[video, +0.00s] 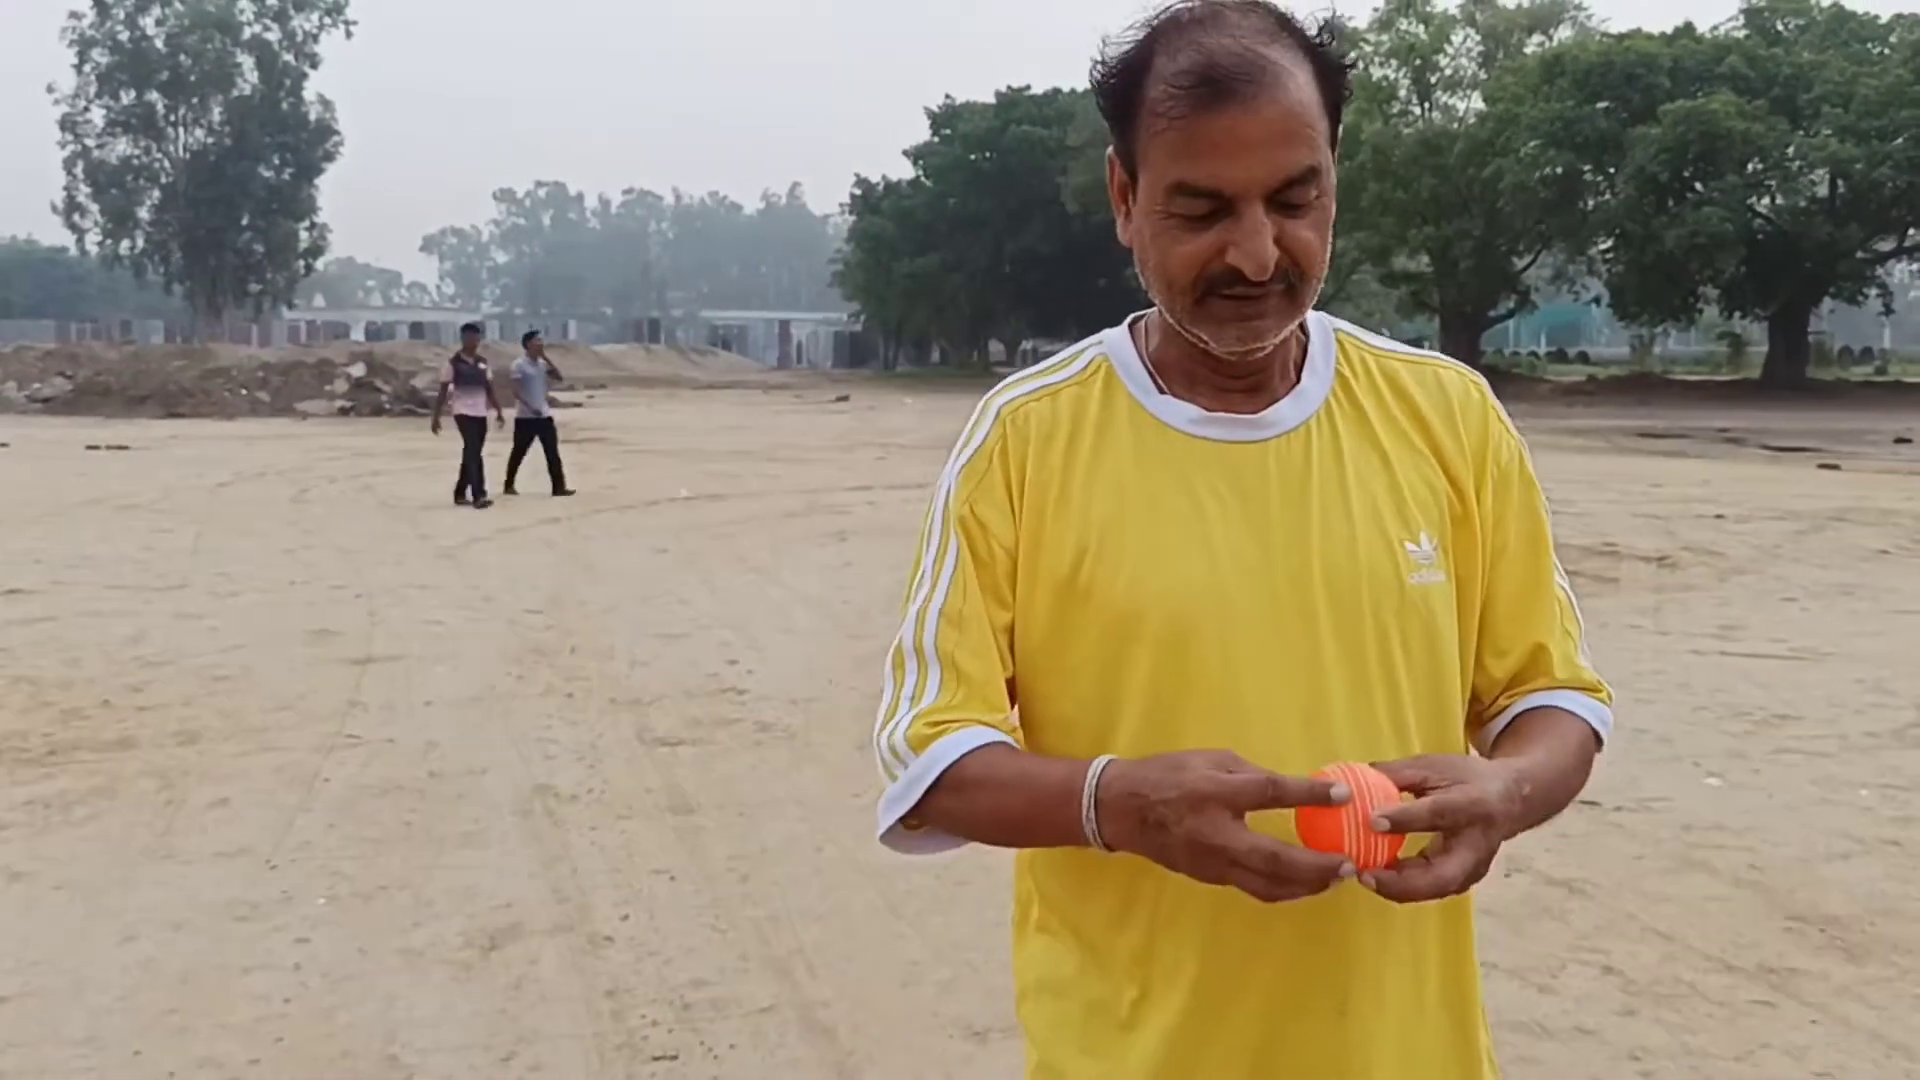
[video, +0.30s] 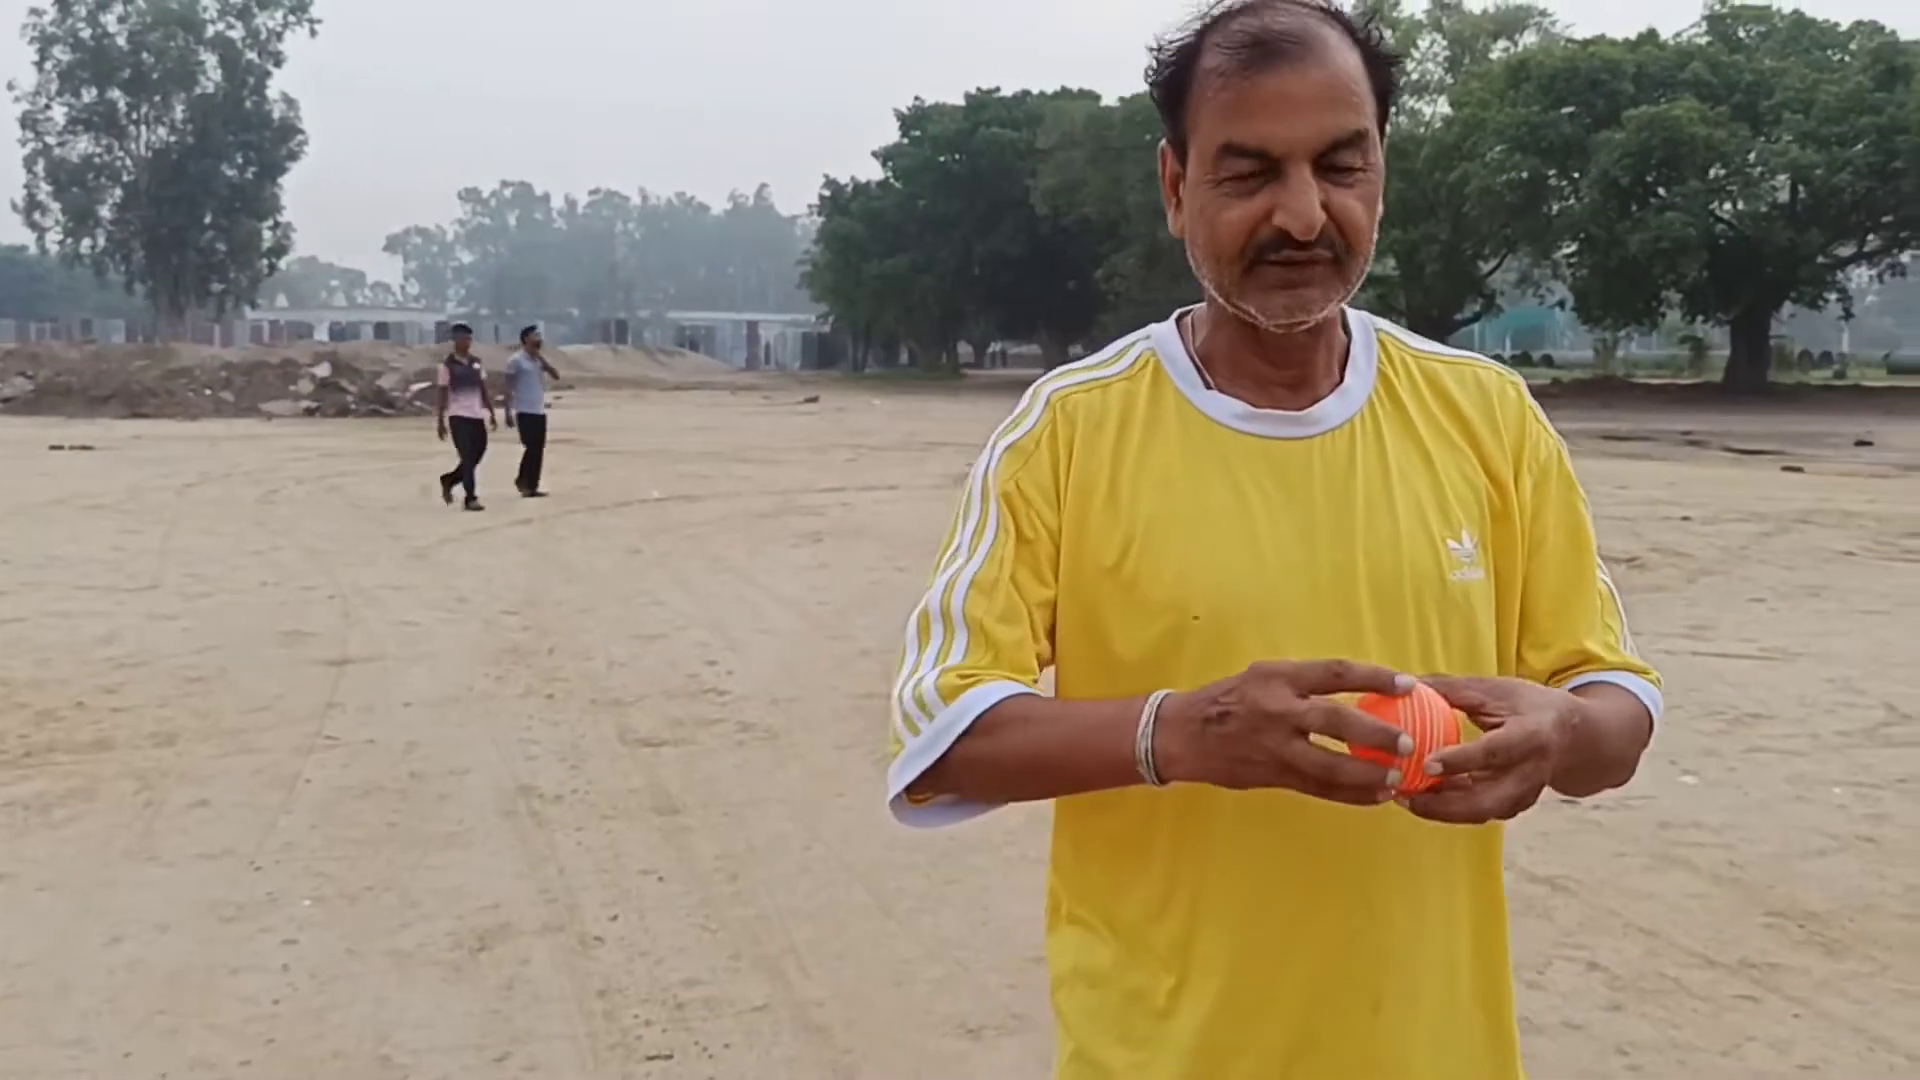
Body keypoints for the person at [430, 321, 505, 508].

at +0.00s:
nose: (474, 343)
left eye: (477, 339)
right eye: (471, 339)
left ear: (480, 340)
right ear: (463, 340)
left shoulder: (483, 363)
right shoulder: (452, 363)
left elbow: (489, 388)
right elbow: (443, 390)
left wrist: (498, 410)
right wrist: (436, 416)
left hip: (481, 412)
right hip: (463, 411)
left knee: (472, 452)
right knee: (473, 452)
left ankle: (460, 490)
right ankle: (478, 494)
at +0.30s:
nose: (465, 343)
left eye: (468, 339)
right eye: (461, 339)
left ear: (471, 341)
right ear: (454, 341)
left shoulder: (476, 363)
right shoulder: (447, 365)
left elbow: (484, 389)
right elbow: (443, 393)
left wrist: (491, 413)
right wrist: (441, 421)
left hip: (477, 413)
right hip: (458, 413)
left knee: (478, 451)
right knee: (467, 455)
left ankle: (450, 479)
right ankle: (470, 496)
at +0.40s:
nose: (451, 340)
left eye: (452, 337)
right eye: (447, 337)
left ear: (454, 338)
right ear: (438, 338)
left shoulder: (459, 361)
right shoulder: (430, 364)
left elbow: (466, 388)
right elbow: (430, 393)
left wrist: (473, 411)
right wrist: (435, 417)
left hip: (461, 414)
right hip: (443, 415)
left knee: (468, 453)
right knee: (443, 458)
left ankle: (443, 480)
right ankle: (445, 498)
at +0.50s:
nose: (440, 341)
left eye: (442, 336)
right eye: (436, 337)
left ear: (444, 338)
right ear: (427, 338)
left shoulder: (448, 361)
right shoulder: (420, 363)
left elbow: (454, 389)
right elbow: (422, 394)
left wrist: (462, 412)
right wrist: (437, 414)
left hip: (450, 416)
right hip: (430, 416)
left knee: (460, 453)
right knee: (428, 460)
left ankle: (447, 493)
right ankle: (428, 499)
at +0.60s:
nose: (425, 342)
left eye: (427, 337)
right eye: (421, 338)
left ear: (430, 339)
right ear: (412, 339)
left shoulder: (433, 362)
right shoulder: (405, 363)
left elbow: (439, 391)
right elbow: (408, 392)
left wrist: (444, 413)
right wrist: (431, 410)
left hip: (434, 418)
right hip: (413, 418)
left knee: (443, 463)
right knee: (408, 462)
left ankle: (449, 500)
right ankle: (404, 500)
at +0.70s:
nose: (422, 341)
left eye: (423, 337)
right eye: (418, 337)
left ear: (425, 338)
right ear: (408, 337)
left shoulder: (428, 361)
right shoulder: (401, 362)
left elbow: (430, 388)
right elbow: (403, 391)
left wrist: (437, 404)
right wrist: (427, 408)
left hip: (428, 418)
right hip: (408, 418)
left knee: (436, 462)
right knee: (399, 460)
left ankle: (445, 499)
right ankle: (388, 497)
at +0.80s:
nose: (411, 338)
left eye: (413, 334)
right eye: (407, 334)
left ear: (415, 335)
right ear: (398, 335)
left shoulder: (417, 359)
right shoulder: (390, 360)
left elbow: (418, 389)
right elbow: (389, 391)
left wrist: (427, 401)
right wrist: (411, 411)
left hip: (419, 417)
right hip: (399, 417)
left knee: (425, 461)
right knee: (389, 457)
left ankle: (425, 498)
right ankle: (367, 491)